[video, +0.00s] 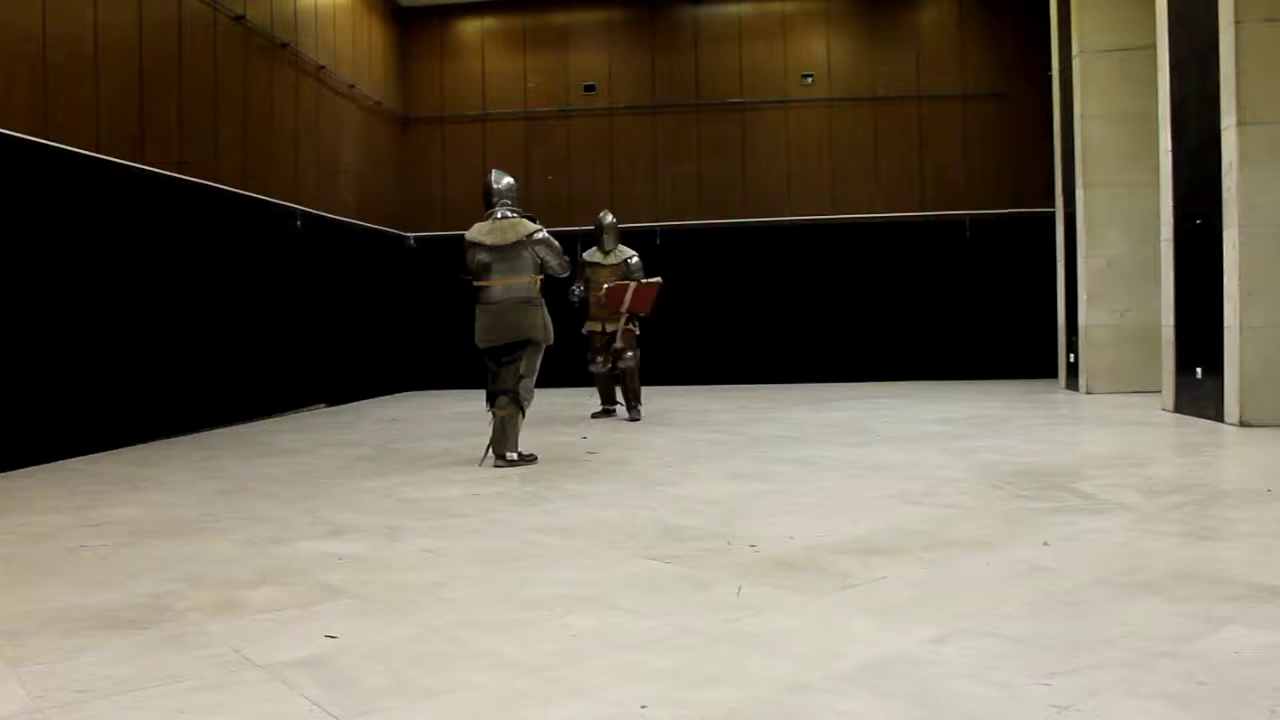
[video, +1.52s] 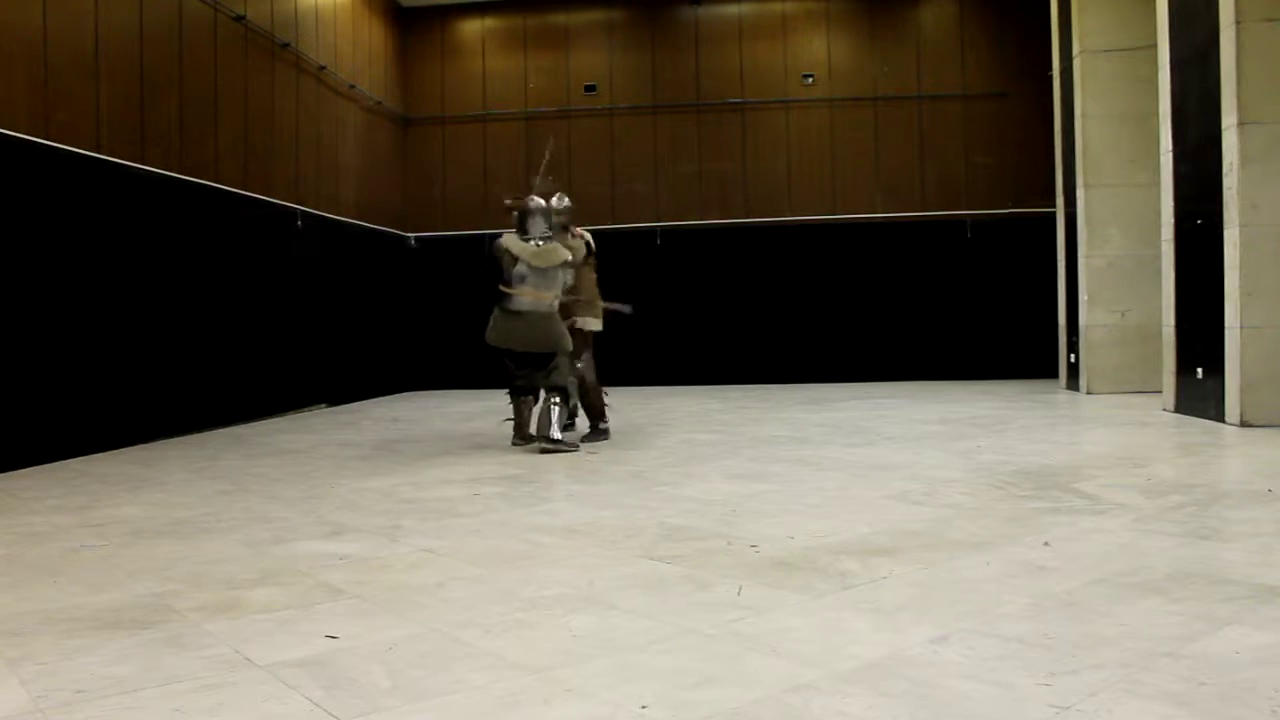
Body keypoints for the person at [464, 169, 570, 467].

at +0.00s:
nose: (515, 199)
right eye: (515, 194)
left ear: (488, 199)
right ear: (515, 197)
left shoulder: (475, 236)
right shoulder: (530, 232)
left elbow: (473, 270)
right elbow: (561, 268)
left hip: (490, 317)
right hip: (528, 315)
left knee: (501, 378)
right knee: (521, 381)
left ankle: (502, 446)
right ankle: (507, 450)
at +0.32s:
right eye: (520, 191)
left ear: (493, 196)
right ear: (520, 194)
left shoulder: (480, 233)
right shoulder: (535, 231)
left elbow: (478, 266)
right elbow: (565, 268)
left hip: (491, 315)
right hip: (529, 314)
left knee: (505, 379)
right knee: (520, 382)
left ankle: (507, 445)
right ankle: (505, 449)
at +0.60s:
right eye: (525, 202)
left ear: (499, 206)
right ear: (527, 204)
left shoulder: (485, 242)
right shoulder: (540, 240)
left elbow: (483, 276)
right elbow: (569, 277)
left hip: (497, 322)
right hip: (534, 320)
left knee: (511, 381)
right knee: (529, 384)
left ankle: (503, 440)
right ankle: (512, 443)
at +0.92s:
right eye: (538, 204)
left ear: (512, 206)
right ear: (539, 205)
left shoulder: (496, 238)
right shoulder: (546, 238)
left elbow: (496, 269)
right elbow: (576, 266)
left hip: (505, 318)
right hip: (541, 318)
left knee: (517, 372)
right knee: (559, 376)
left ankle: (515, 434)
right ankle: (554, 438)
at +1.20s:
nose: (546, 230)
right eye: (547, 226)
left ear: (522, 225)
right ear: (548, 228)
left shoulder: (503, 251)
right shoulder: (549, 261)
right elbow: (570, 298)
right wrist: (584, 275)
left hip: (497, 334)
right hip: (532, 335)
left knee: (520, 378)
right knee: (559, 380)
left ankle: (521, 431)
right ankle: (555, 434)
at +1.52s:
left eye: (525, 219)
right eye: (544, 219)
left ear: (521, 223)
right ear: (548, 223)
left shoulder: (507, 248)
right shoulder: (561, 255)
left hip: (512, 322)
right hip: (546, 323)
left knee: (519, 375)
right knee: (559, 370)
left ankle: (521, 430)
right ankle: (551, 431)